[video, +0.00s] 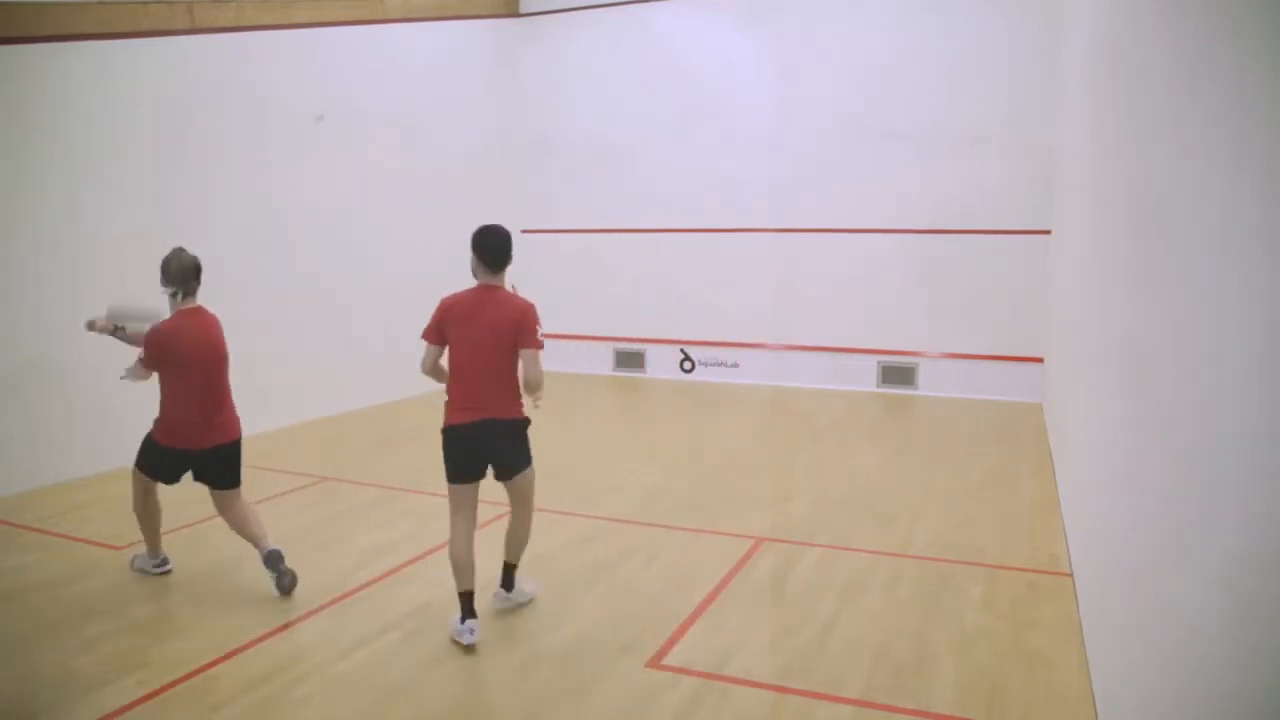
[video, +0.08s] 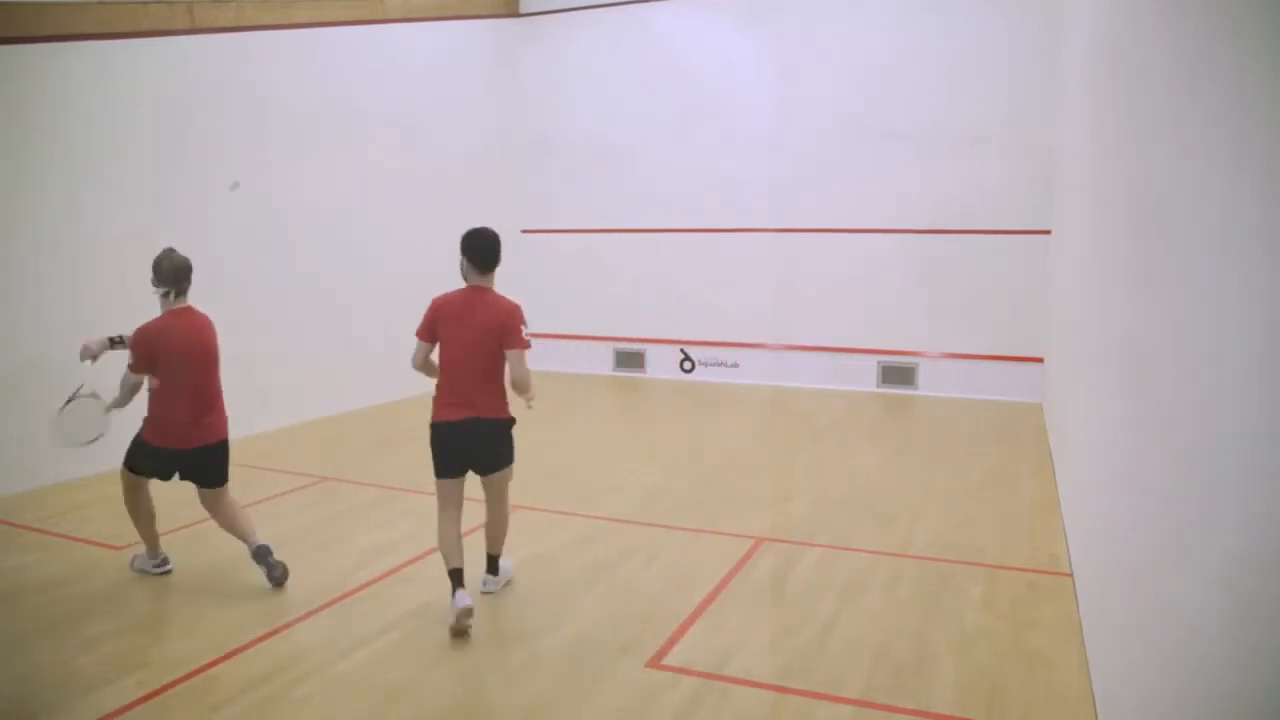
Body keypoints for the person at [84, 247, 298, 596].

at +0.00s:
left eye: (163, 280)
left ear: (166, 283)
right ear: (199, 281)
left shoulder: (161, 334)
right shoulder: (212, 323)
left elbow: (143, 372)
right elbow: (156, 340)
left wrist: (133, 371)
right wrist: (113, 330)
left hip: (175, 438)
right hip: (223, 436)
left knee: (143, 479)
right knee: (231, 502)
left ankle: (155, 555)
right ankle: (268, 550)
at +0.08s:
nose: (151, 282)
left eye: (153, 278)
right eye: (154, 278)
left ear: (158, 284)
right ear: (189, 283)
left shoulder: (149, 334)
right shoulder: (204, 324)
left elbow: (130, 386)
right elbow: (160, 337)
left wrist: (117, 403)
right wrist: (107, 343)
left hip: (163, 439)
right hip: (210, 439)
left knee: (133, 477)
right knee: (218, 499)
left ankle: (155, 555)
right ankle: (257, 547)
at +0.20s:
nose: (140, 277)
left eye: (141, 273)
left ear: (143, 280)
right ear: (178, 278)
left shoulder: (133, 330)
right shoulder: (195, 322)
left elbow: (119, 390)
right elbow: (189, 374)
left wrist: (104, 435)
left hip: (151, 432)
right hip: (198, 430)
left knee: (127, 477)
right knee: (210, 486)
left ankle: (155, 554)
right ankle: (237, 543)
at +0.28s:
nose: (140, 276)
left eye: (140, 271)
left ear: (138, 276)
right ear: (173, 275)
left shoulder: (128, 327)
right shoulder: (189, 317)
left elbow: (113, 390)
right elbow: (203, 356)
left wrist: (96, 444)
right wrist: (223, 368)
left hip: (146, 430)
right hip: (195, 426)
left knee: (125, 480)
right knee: (205, 481)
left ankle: (154, 555)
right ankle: (221, 542)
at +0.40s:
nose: (134, 269)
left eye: (134, 265)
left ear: (136, 270)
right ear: (170, 267)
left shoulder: (125, 319)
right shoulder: (194, 313)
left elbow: (113, 379)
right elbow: (227, 361)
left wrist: (96, 435)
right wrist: (262, 385)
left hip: (144, 425)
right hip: (193, 423)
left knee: (132, 480)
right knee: (195, 487)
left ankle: (155, 554)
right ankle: (183, 548)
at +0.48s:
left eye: (142, 264)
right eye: (169, 258)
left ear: (139, 268)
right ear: (174, 264)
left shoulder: (128, 316)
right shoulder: (201, 312)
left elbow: (116, 373)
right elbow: (233, 364)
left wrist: (100, 426)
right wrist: (270, 392)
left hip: (145, 428)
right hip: (195, 427)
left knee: (142, 483)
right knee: (190, 498)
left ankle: (154, 556)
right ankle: (162, 565)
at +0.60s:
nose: (186, 263)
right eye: (186, 257)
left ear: (151, 268)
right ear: (185, 263)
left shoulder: (135, 313)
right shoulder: (209, 313)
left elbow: (124, 367)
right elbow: (240, 369)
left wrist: (108, 421)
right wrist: (274, 406)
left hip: (153, 426)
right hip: (200, 426)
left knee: (163, 482)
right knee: (191, 501)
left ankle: (163, 564)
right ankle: (153, 578)